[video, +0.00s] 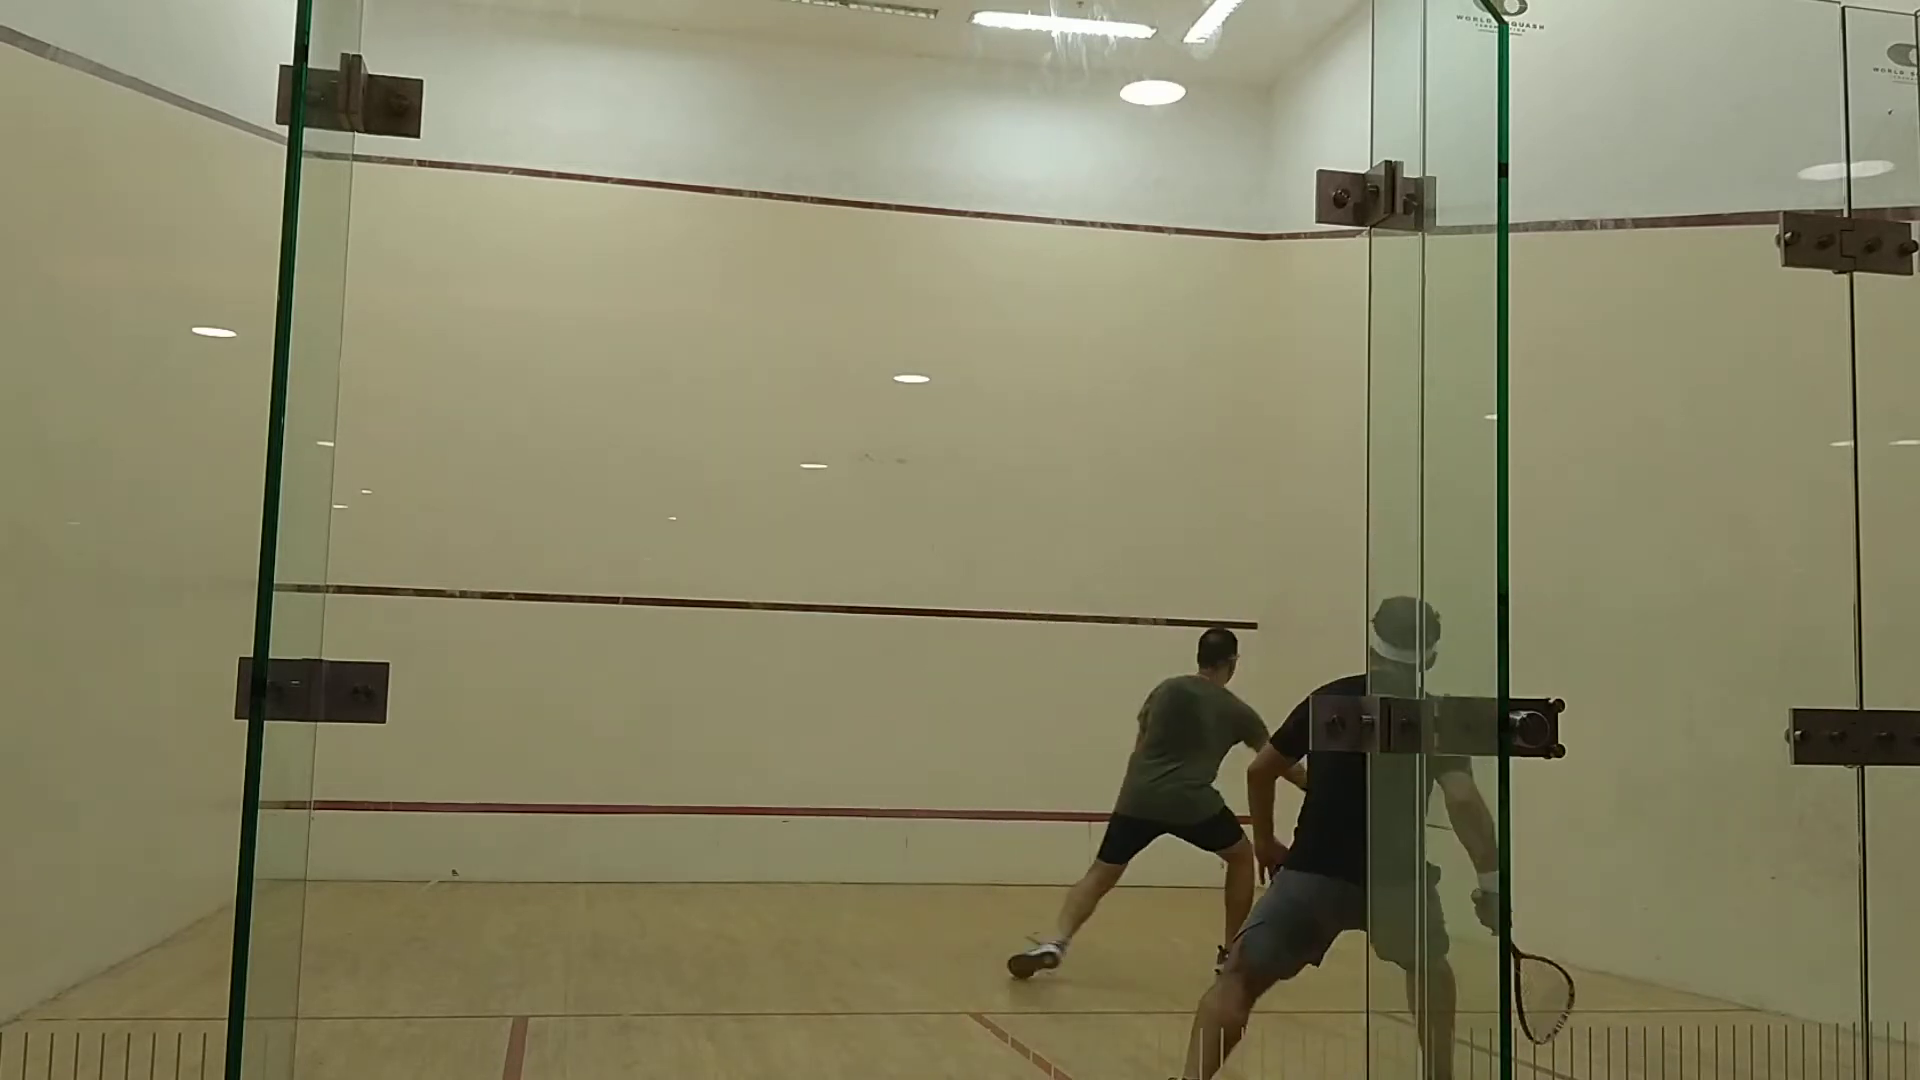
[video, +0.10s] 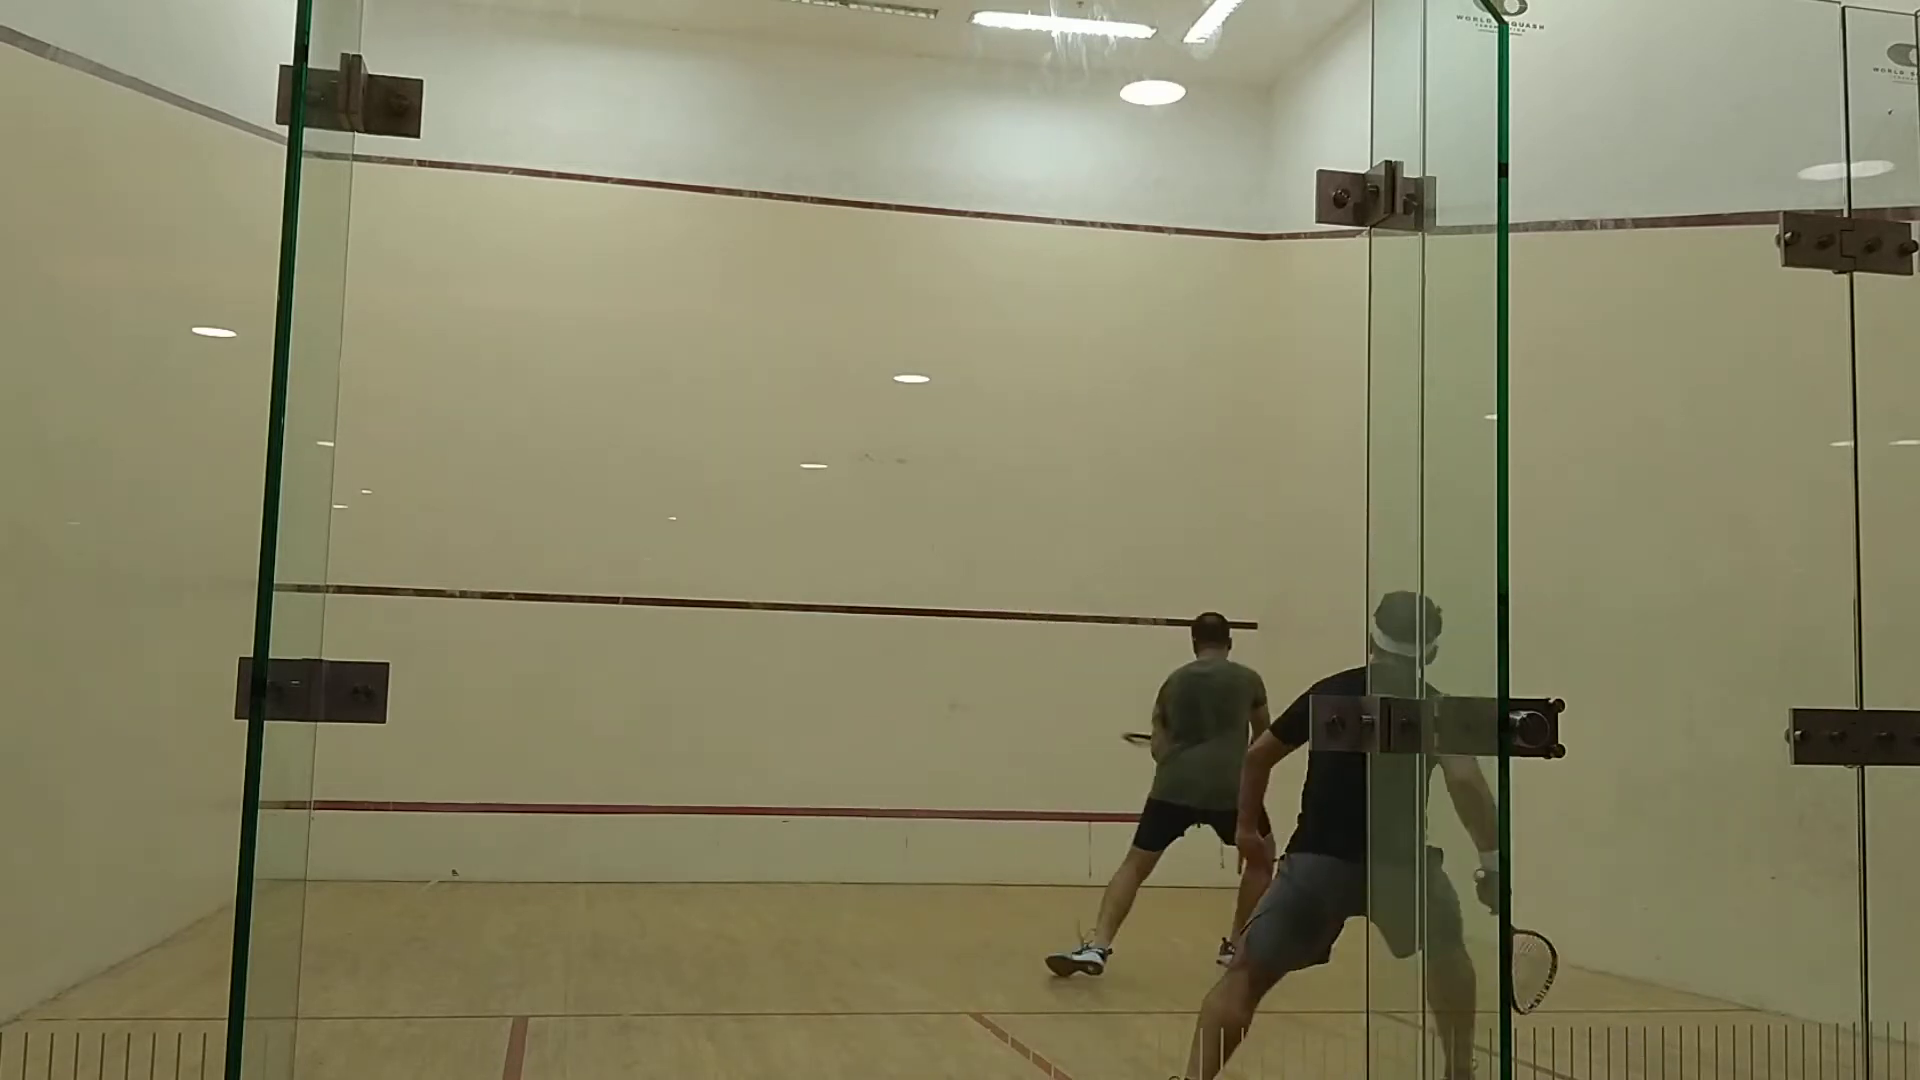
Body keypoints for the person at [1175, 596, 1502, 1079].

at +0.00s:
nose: (1429, 653)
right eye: (1429, 646)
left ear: (1377, 641)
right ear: (1431, 651)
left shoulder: (1330, 699)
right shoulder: (1434, 713)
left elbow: (1260, 772)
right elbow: (1463, 799)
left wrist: (1265, 840)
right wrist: (1491, 883)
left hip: (1316, 870)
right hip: (1397, 877)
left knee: (1241, 976)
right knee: (1432, 970)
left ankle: (1196, 1073)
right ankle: (1439, 1074)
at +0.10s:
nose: (1426, 649)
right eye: (1428, 641)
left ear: (1376, 636)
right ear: (1431, 646)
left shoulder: (1331, 691)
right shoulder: (1437, 707)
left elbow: (1258, 757)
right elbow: (1465, 782)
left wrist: (1247, 828)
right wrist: (1492, 860)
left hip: (1319, 859)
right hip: (1401, 863)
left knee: (1248, 973)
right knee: (1447, 955)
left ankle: (1198, 1073)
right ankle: (1461, 1070)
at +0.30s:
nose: (1371, 674)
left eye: (1371, 665)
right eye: (1384, 668)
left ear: (1366, 666)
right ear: (1415, 671)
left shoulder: (1331, 718)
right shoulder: (1440, 732)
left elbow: (1243, 757)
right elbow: (1498, 826)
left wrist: (1172, 811)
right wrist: (1499, 904)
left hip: (1331, 874)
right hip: (1416, 881)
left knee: (1250, 937)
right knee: (1476, 982)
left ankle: (1213, 1055)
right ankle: (1539, 1073)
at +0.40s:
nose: (1300, 645)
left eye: (1304, 638)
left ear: (1308, 645)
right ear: (1362, 651)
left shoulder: (1278, 691)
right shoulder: (1381, 707)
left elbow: (1214, 736)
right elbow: (1440, 797)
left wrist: (1165, 808)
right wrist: (1416, 860)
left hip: (1307, 874)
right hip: (1383, 872)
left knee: (1217, 928)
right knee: (1431, 974)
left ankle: (1232, 1067)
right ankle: (1524, 1069)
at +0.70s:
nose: (1073, 670)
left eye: (1081, 661)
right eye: (1076, 660)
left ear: (1112, 668)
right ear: (1119, 667)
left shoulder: (1137, 716)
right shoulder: (1156, 702)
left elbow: (1162, 784)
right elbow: (1166, 786)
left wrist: (1181, 864)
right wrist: (1116, 829)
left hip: (1209, 877)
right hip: (1232, 874)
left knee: (1081, 922)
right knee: (1192, 960)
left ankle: (1099, 1069)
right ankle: (1268, 1058)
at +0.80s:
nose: (1149, 595)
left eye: (1157, 589)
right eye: (1148, 588)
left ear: (1180, 593)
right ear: (1170, 595)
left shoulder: (1184, 634)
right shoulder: (1195, 631)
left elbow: (1200, 697)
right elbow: (1209, 698)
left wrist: (1181, 755)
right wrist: (1170, 745)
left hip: (1193, 758)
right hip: (1213, 757)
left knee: (1165, 851)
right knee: (1197, 853)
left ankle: (1193, 942)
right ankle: (1242, 946)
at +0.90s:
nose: (1143, 607)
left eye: (1153, 601)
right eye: (1140, 600)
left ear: (1175, 606)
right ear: (1140, 606)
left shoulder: (1177, 650)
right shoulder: (1170, 649)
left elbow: (1177, 718)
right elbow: (1164, 722)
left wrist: (1149, 775)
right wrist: (1134, 766)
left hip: (1172, 776)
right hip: (1190, 777)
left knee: (1124, 855)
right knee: (1194, 869)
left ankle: (1142, 967)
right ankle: (1246, 965)